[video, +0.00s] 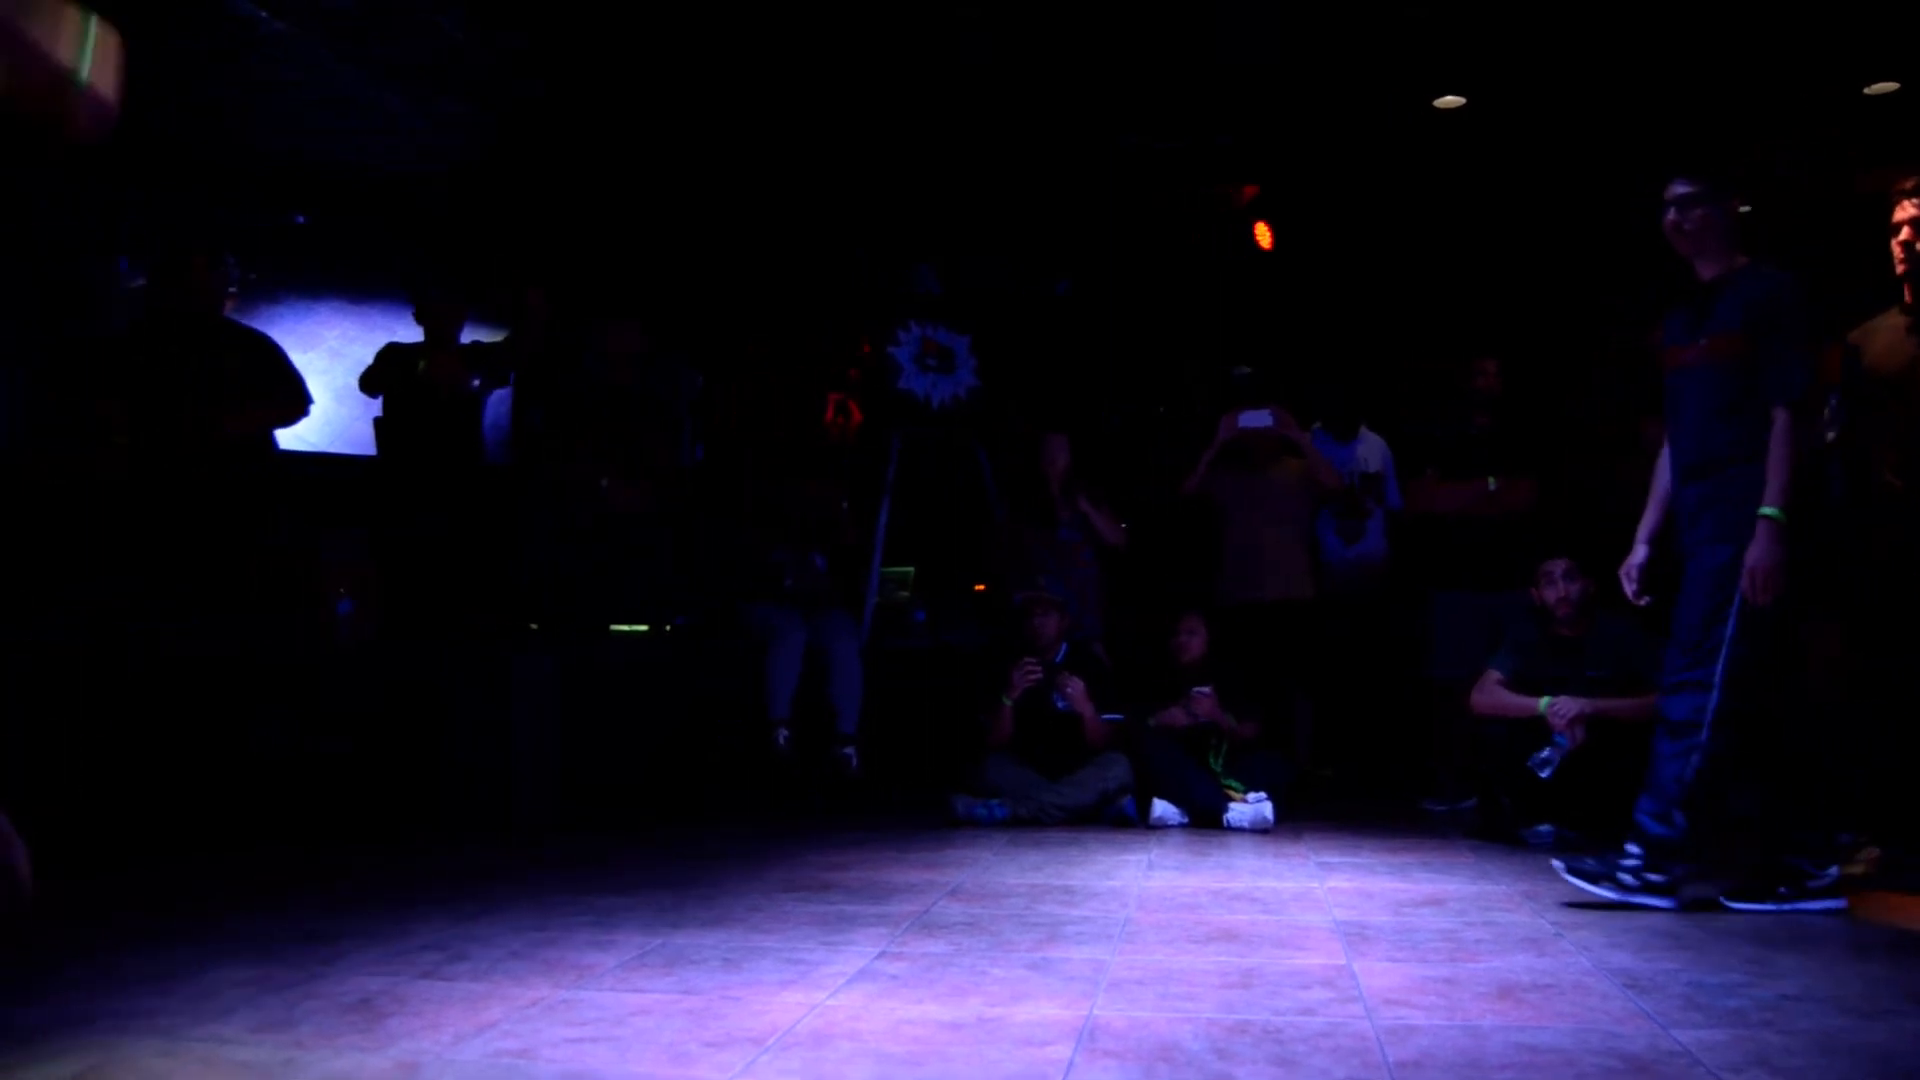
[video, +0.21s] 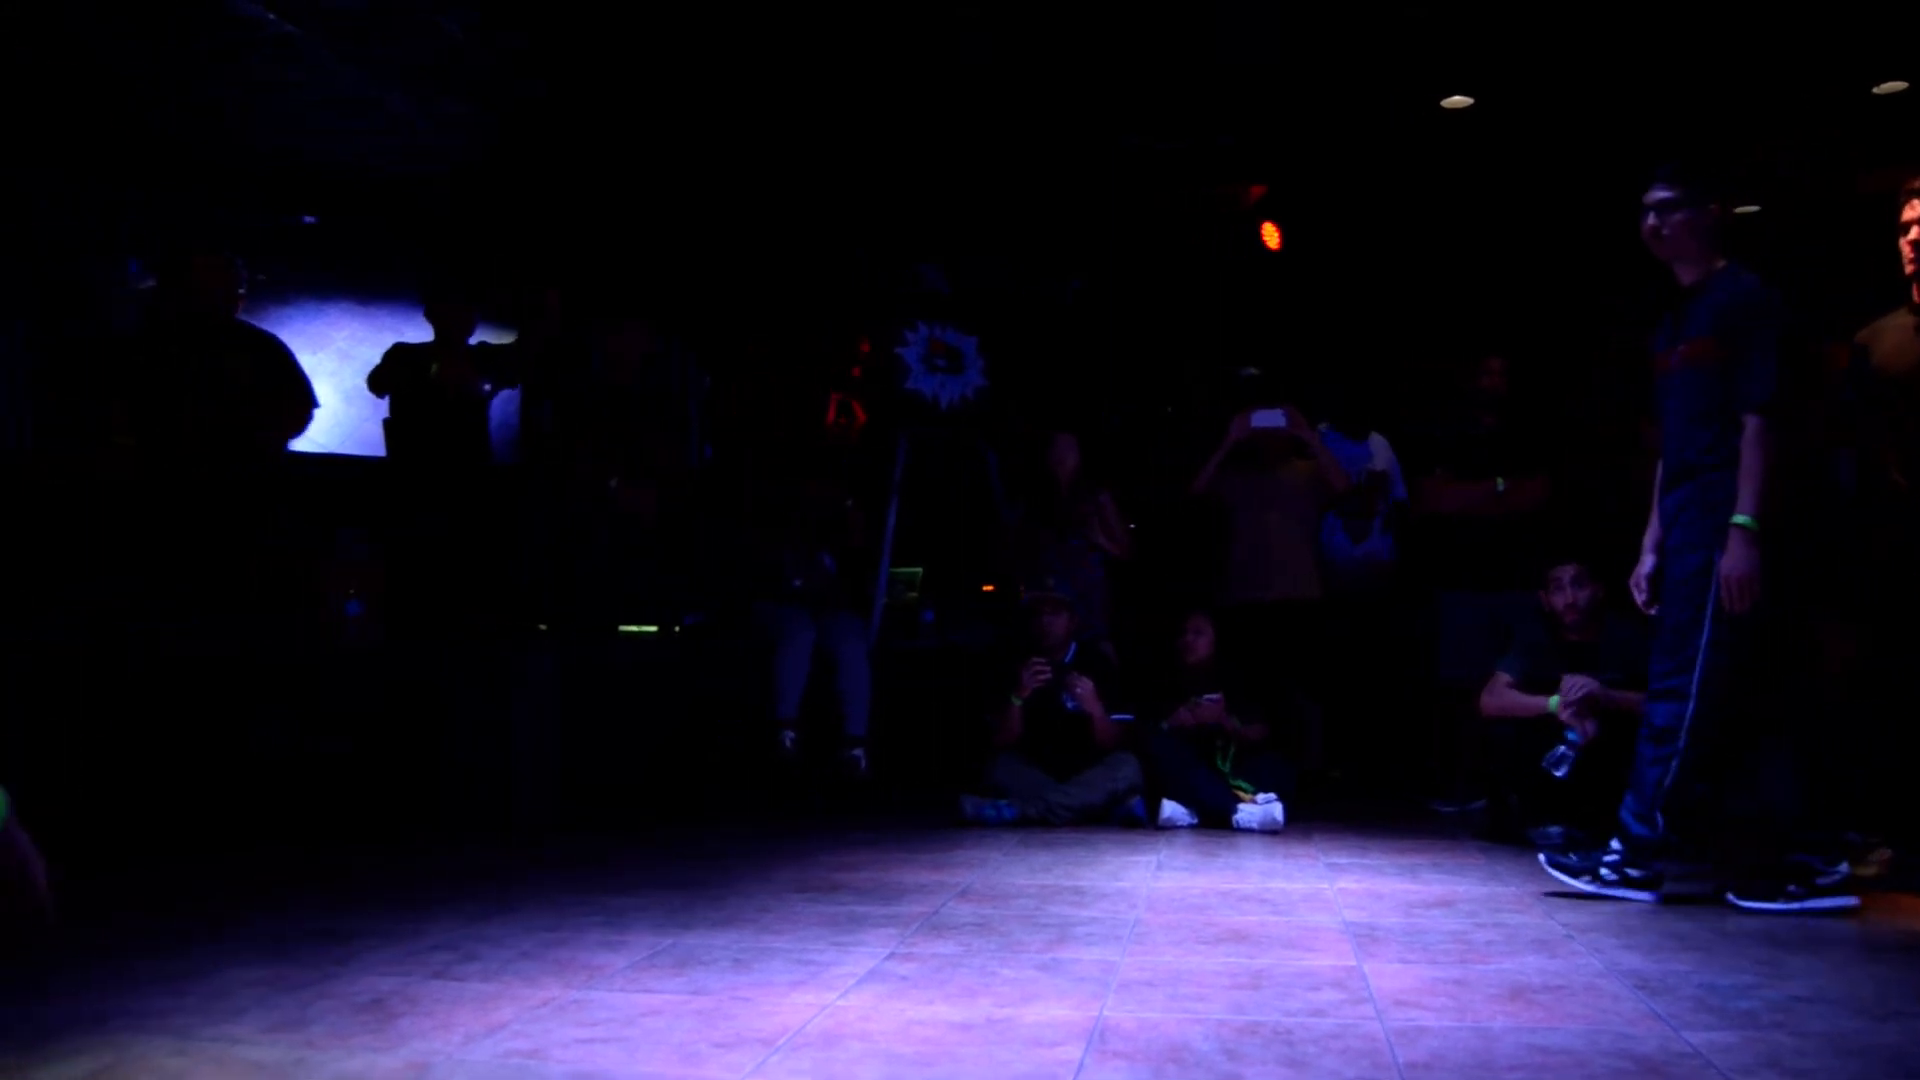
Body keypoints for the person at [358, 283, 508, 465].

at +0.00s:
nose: (444, 325)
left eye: (451, 315)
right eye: (436, 315)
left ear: (461, 317)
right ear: (419, 317)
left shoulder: (474, 357)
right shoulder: (397, 355)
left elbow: (515, 349)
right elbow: (368, 386)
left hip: (461, 456)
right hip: (406, 457)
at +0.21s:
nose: (456, 323)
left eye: (464, 313)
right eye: (448, 313)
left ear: (473, 318)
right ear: (430, 315)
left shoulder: (482, 358)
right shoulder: (404, 356)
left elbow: (525, 353)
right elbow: (376, 385)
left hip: (470, 458)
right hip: (414, 459)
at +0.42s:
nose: (480, 326)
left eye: (486, 318)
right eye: (471, 317)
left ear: (493, 321)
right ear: (450, 319)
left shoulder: (499, 361)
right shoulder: (424, 361)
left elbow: (546, 354)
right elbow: (401, 392)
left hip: (491, 464)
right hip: (436, 465)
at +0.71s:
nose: (472, 325)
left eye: (478, 315)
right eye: (461, 315)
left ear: (487, 318)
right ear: (442, 317)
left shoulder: (500, 358)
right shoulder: (422, 356)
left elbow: (541, 355)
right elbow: (399, 385)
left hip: (488, 458)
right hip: (432, 460)